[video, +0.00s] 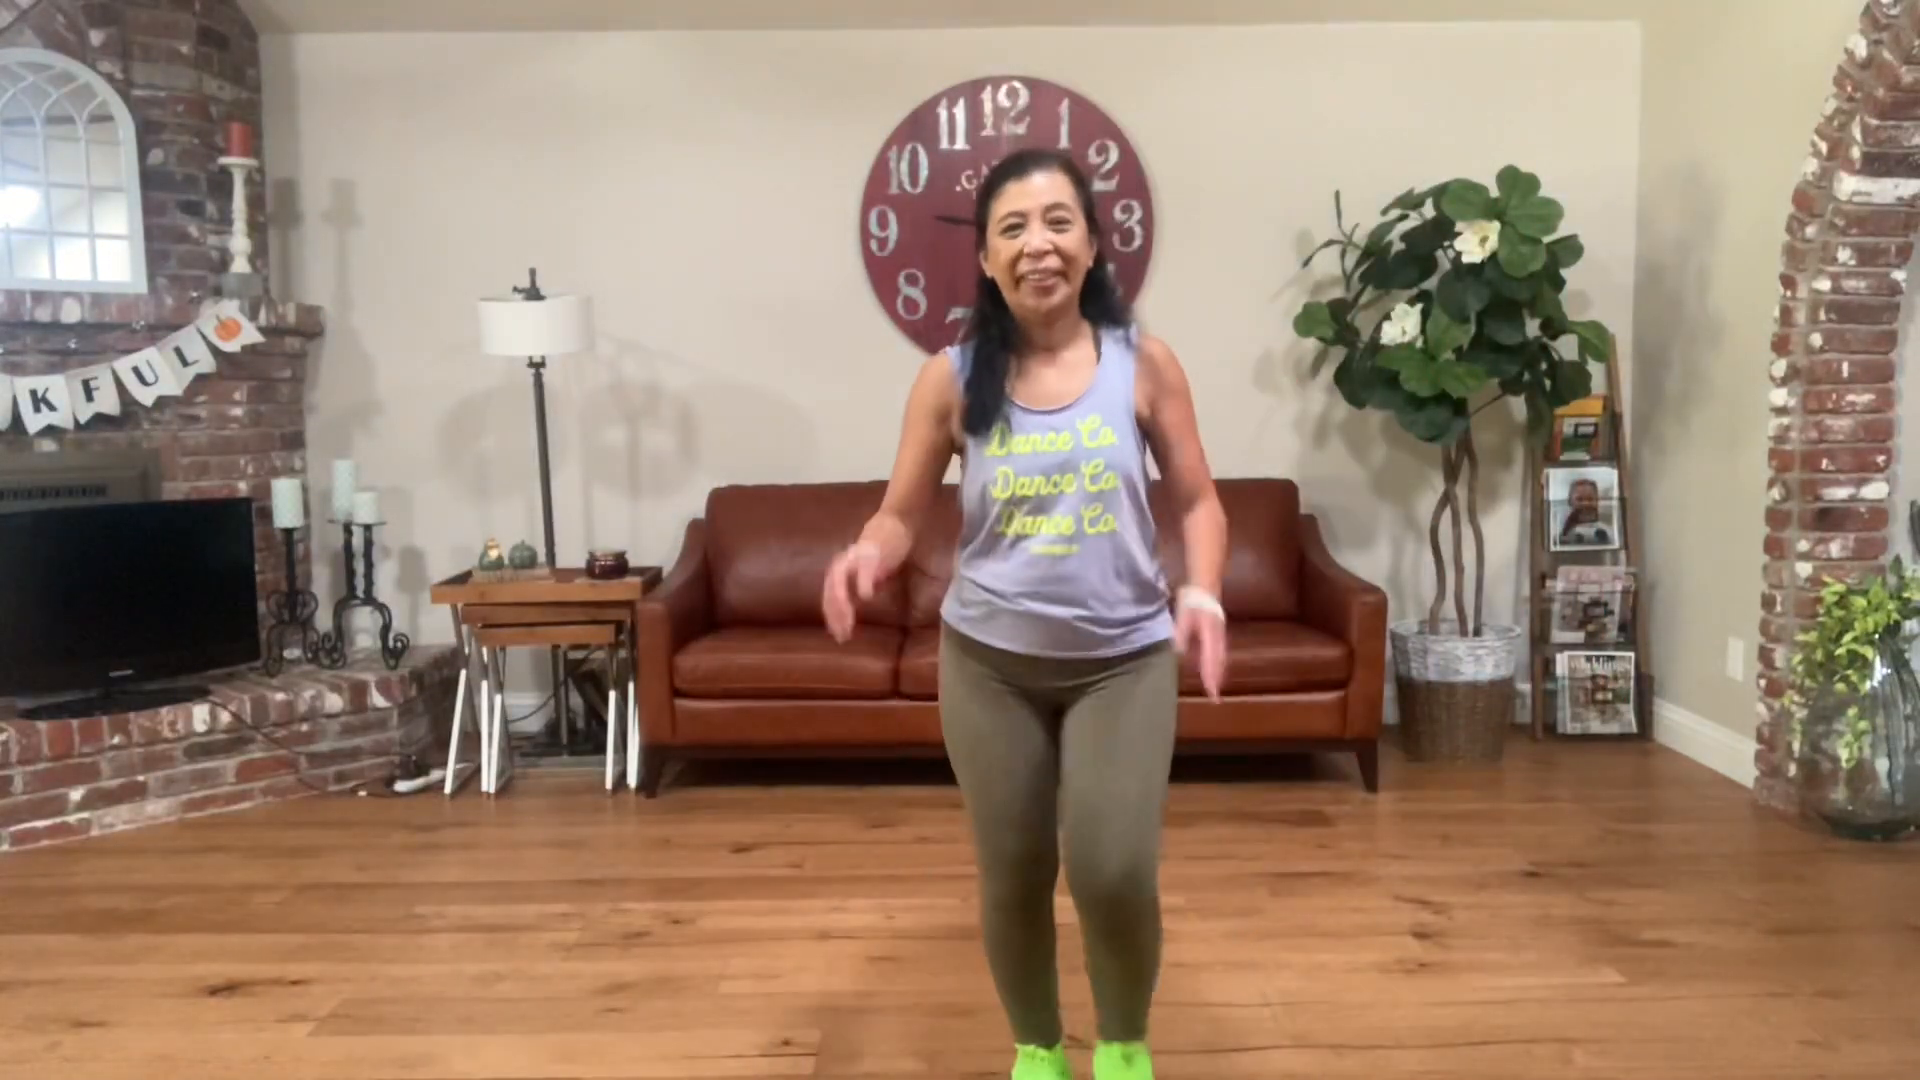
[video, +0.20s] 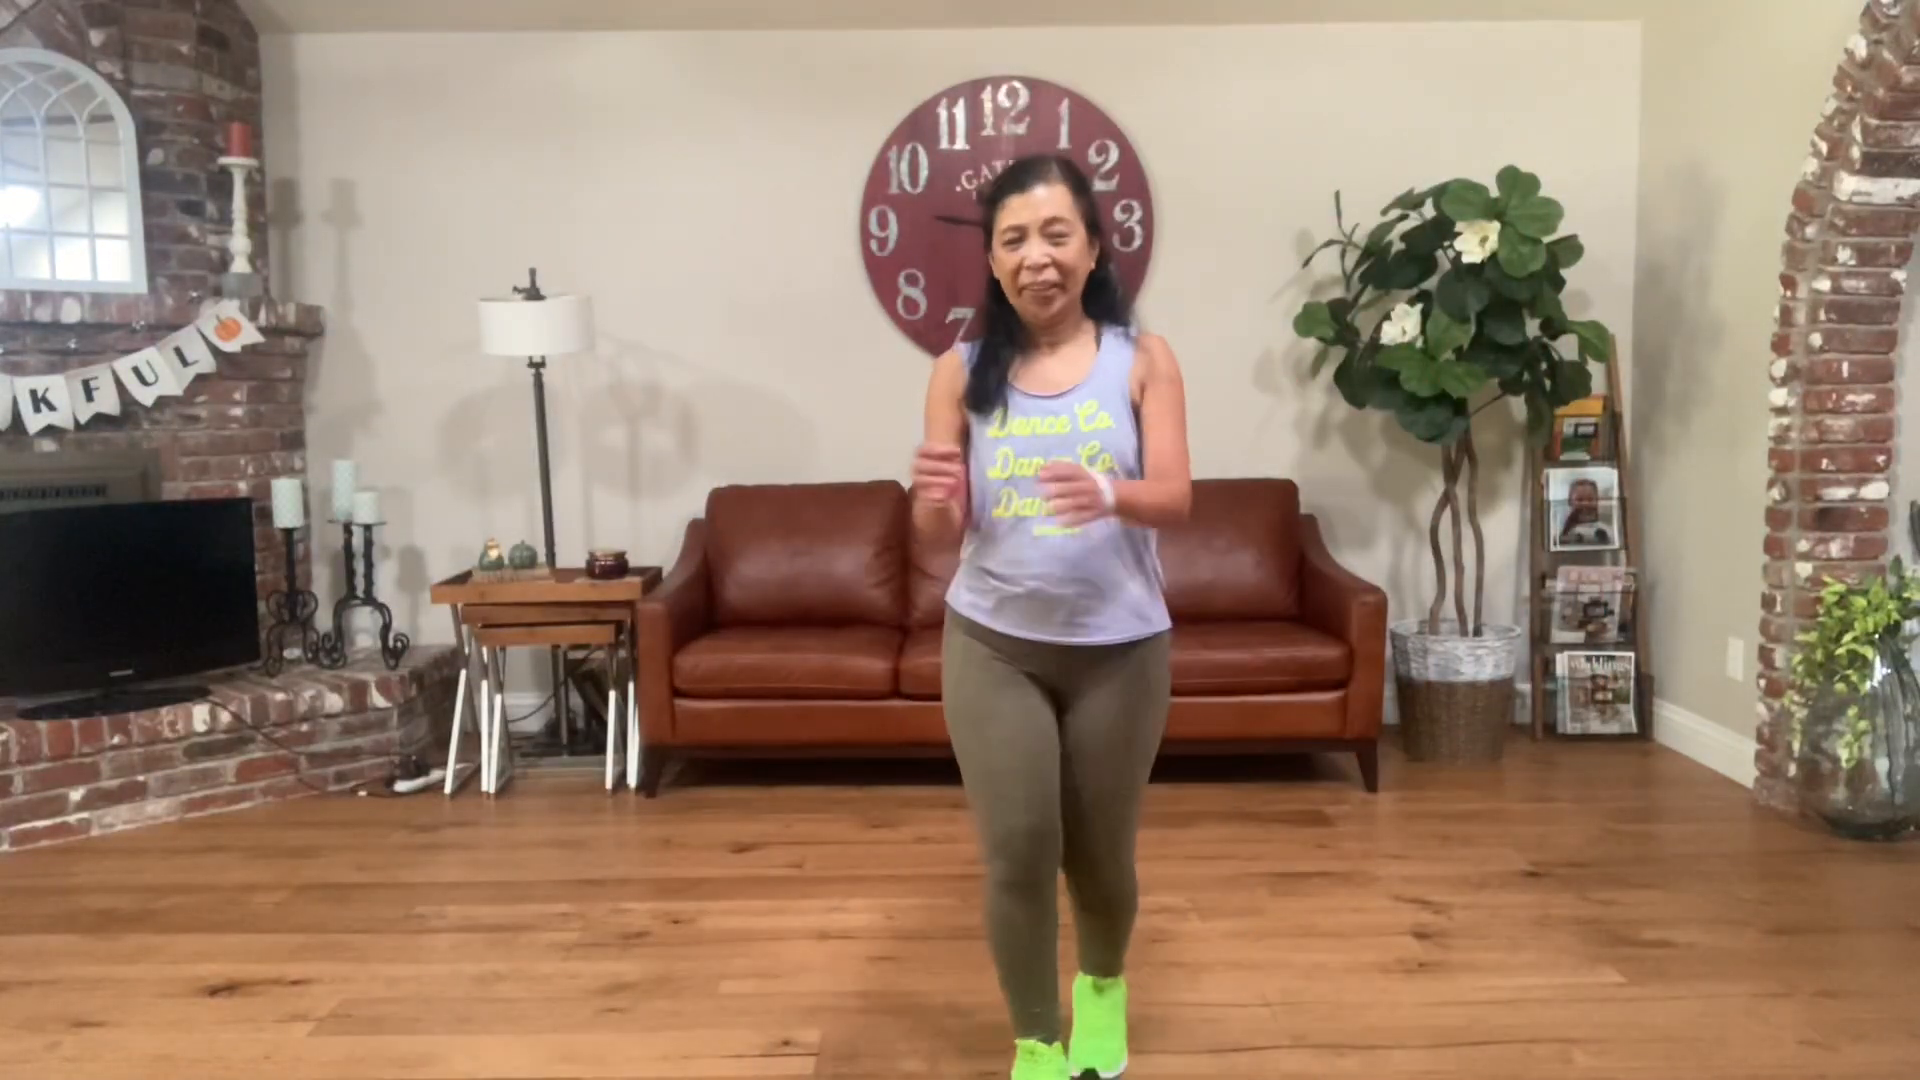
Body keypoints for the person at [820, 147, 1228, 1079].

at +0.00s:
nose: (1039, 244)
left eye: (1059, 222)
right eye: (1014, 228)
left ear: (1092, 244)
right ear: (986, 259)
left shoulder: (1144, 366)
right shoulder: (951, 378)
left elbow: (1198, 503)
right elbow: (899, 515)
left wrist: (1201, 591)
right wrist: (871, 548)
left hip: (1125, 661)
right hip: (988, 662)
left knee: (1113, 870)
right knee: (1013, 871)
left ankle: (1123, 1048)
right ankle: (1036, 1053)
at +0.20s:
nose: (1037, 257)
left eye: (1057, 233)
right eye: (1014, 239)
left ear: (1093, 246)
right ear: (992, 259)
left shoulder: (1143, 358)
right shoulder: (961, 371)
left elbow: (1173, 498)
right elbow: (940, 533)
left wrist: (1111, 493)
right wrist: (936, 502)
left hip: (1119, 651)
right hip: (990, 649)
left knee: (1098, 855)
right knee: (1017, 857)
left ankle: (1103, 988)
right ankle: (1037, 1044)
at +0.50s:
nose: (1029, 262)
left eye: (1047, 241)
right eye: (1007, 246)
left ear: (1082, 261)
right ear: (985, 271)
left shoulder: (1130, 373)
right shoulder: (962, 379)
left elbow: (1171, 504)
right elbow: (943, 497)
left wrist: (1091, 574)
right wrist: (951, 557)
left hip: (1112, 626)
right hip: (990, 626)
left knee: (1097, 814)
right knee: (978, 804)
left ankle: (1099, 989)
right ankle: (989, 978)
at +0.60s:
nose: (1014, 257)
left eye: (1032, 237)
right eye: (994, 242)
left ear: (1066, 257)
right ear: (971, 266)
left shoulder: (1116, 369)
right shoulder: (949, 375)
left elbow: (1179, 475)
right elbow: (931, 478)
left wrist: (1122, 565)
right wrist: (924, 548)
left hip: (1096, 622)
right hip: (978, 617)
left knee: (1091, 810)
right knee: (944, 794)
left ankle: (1099, 985)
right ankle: (946, 932)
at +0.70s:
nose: (997, 257)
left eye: (1015, 239)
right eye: (977, 242)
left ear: (1047, 259)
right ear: (954, 266)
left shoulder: (1094, 367)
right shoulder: (931, 373)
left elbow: (1170, 463)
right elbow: (916, 472)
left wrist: (1131, 554)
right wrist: (898, 536)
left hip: (1077, 619)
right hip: (958, 615)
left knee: (1079, 809)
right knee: (916, 792)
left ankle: (1098, 983)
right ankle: (904, 905)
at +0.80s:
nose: (975, 266)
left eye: (993, 249)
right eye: (957, 251)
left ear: (1023, 270)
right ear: (933, 273)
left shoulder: (1064, 375)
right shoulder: (906, 377)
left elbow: (1143, 468)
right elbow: (889, 474)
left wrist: (1116, 551)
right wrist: (863, 529)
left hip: (1051, 616)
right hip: (935, 617)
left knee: (1059, 802)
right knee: (908, 784)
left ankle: (1096, 983)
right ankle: (871, 908)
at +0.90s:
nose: (951, 275)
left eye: (970, 258)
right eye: (932, 259)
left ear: (996, 278)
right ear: (909, 279)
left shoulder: (1031, 386)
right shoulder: (878, 379)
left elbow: (1097, 485)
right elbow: (851, 479)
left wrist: (1073, 551)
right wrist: (823, 516)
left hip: (1015, 618)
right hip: (903, 619)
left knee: (1035, 789)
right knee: (885, 783)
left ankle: (1091, 977)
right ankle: (872, 914)